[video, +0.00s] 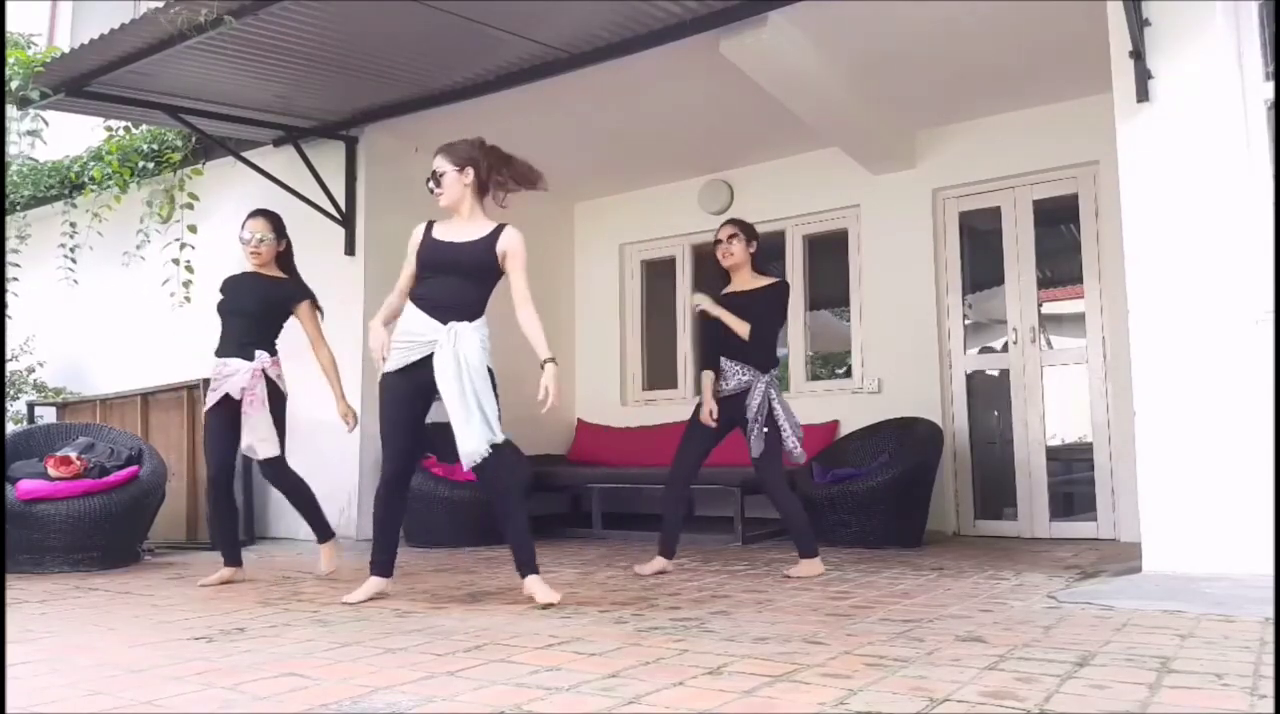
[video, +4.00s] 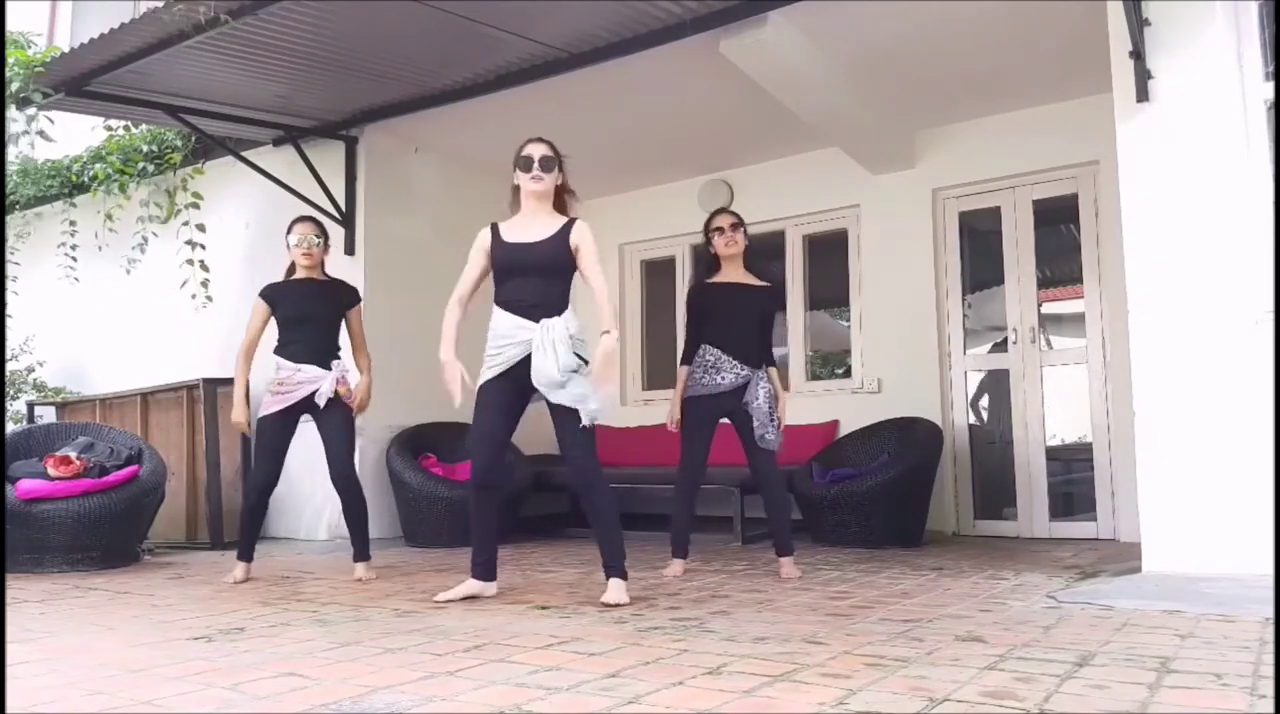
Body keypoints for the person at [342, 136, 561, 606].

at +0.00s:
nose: (431, 185)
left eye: (438, 177)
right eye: (431, 178)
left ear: (467, 175)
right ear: (455, 178)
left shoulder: (504, 238)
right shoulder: (424, 233)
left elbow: (523, 306)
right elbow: (401, 292)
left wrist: (548, 360)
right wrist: (378, 320)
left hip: (465, 354)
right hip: (410, 350)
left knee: (498, 458)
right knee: (395, 465)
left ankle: (529, 575)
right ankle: (379, 574)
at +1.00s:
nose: (546, 178)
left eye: (555, 171)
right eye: (537, 172)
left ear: (572, 179)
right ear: (528, 179)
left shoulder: (581, 230)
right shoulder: (509, 231)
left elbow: (583, 186)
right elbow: (485, 279)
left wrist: (587, 159)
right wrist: (531, 275)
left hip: (575, 355)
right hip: (528, 360)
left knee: (579, 465)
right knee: (467, 452)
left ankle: (620, 576)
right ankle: (485, 571)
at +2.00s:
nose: (548, 185)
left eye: (558, 178)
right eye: (540, 179)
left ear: (573, 186)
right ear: (530, 187)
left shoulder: (585, 238)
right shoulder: (512, 241)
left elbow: (593, 209)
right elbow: (478, 295)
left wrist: (585, 167)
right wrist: (493, 329)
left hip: (575, 360)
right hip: (526, 360)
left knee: (582, 468)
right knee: (456, 455)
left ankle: (629, 578)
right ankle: (478, 568)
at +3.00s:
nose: (543, 184)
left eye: (551, 177)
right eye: (533, 178)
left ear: (566, 183)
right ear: (522, 184)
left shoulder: (579, 235)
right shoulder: (502, 239)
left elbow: (602, 208)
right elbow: (461, 284)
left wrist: (574, 169)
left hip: (562, 356)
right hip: (508, 354)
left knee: (580, 469)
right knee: (473, 463)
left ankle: (619, 573)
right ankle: (464, 569)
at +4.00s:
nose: (536, 171)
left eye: (546, 164)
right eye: (527, 164)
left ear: (560, 175)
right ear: (515, 173)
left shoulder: (573, 228)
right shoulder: (492, 234)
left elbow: (599, 286)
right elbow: (459, 299)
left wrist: (611, 339)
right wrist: (447, 356)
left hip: (560, 352)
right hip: (506, 354)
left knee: (582, 465)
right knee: (482, 462)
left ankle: (616, 576)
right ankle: (482, 576)